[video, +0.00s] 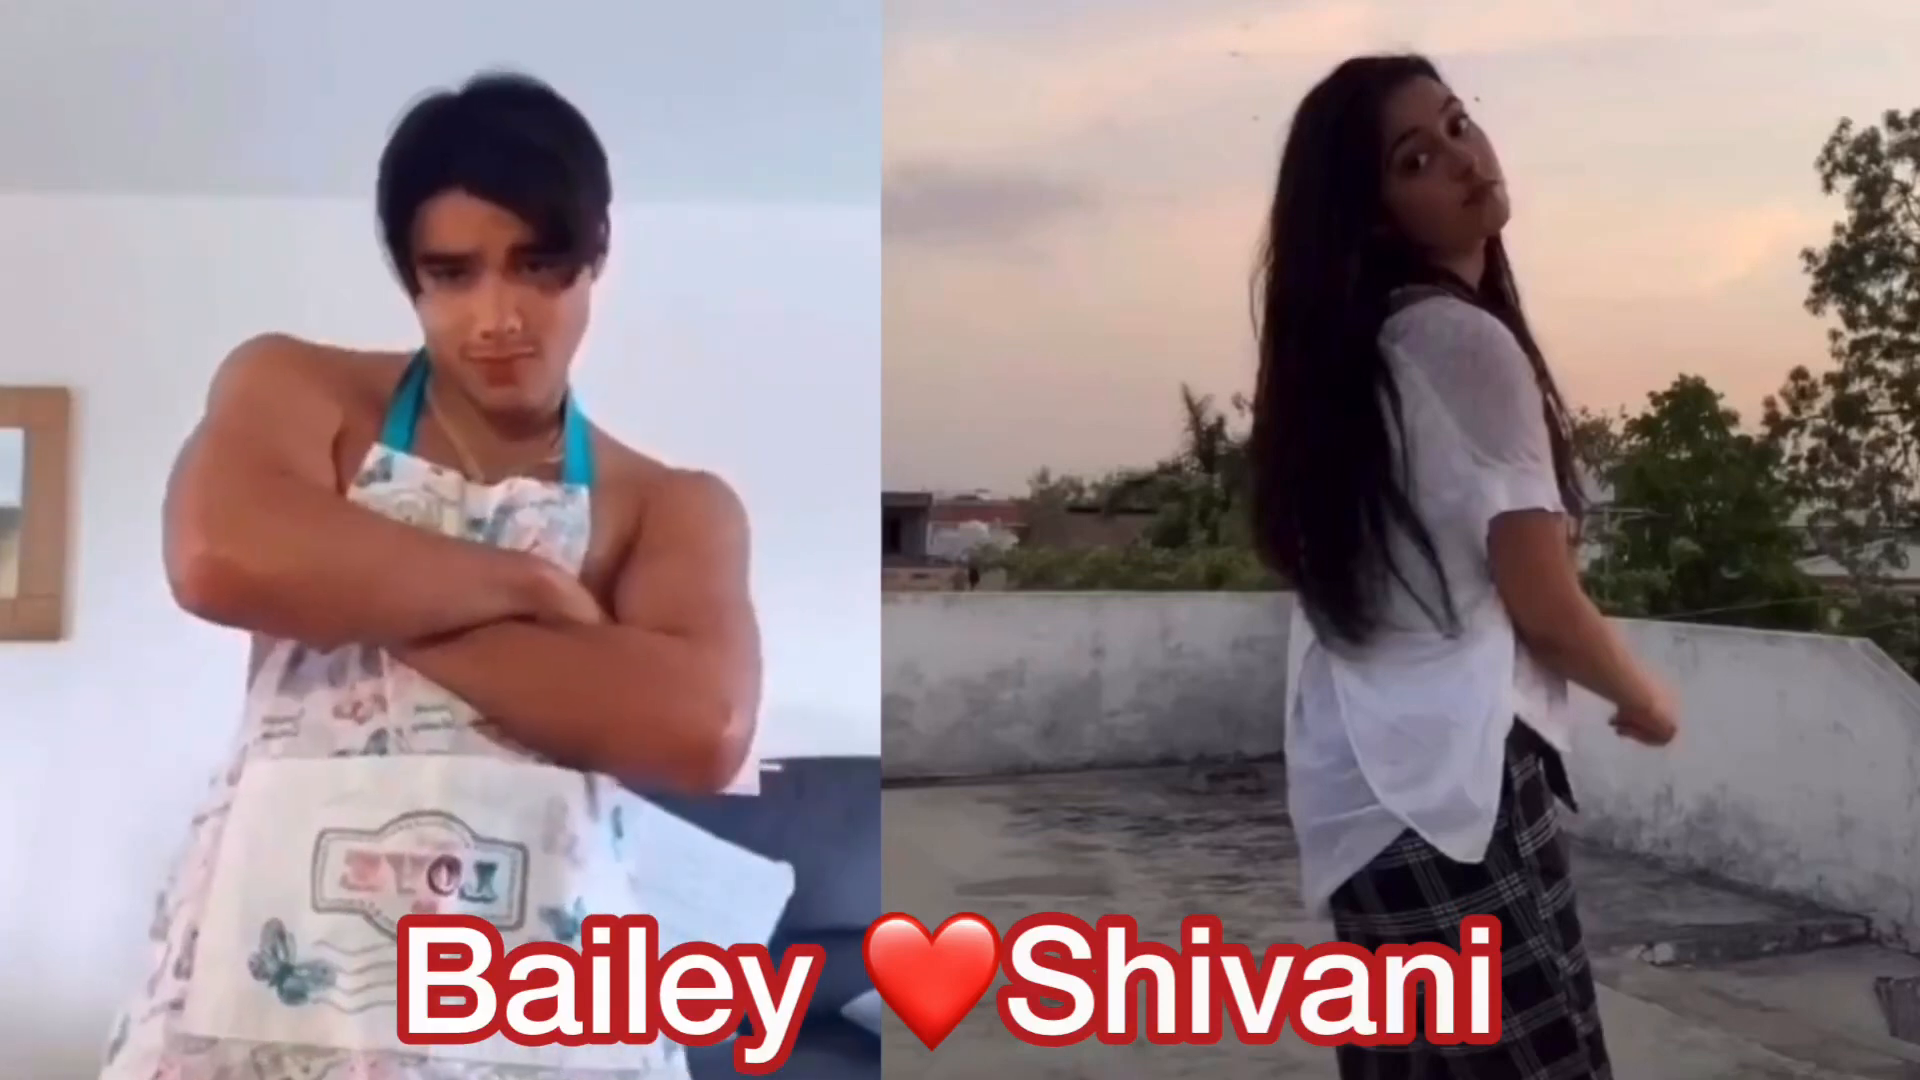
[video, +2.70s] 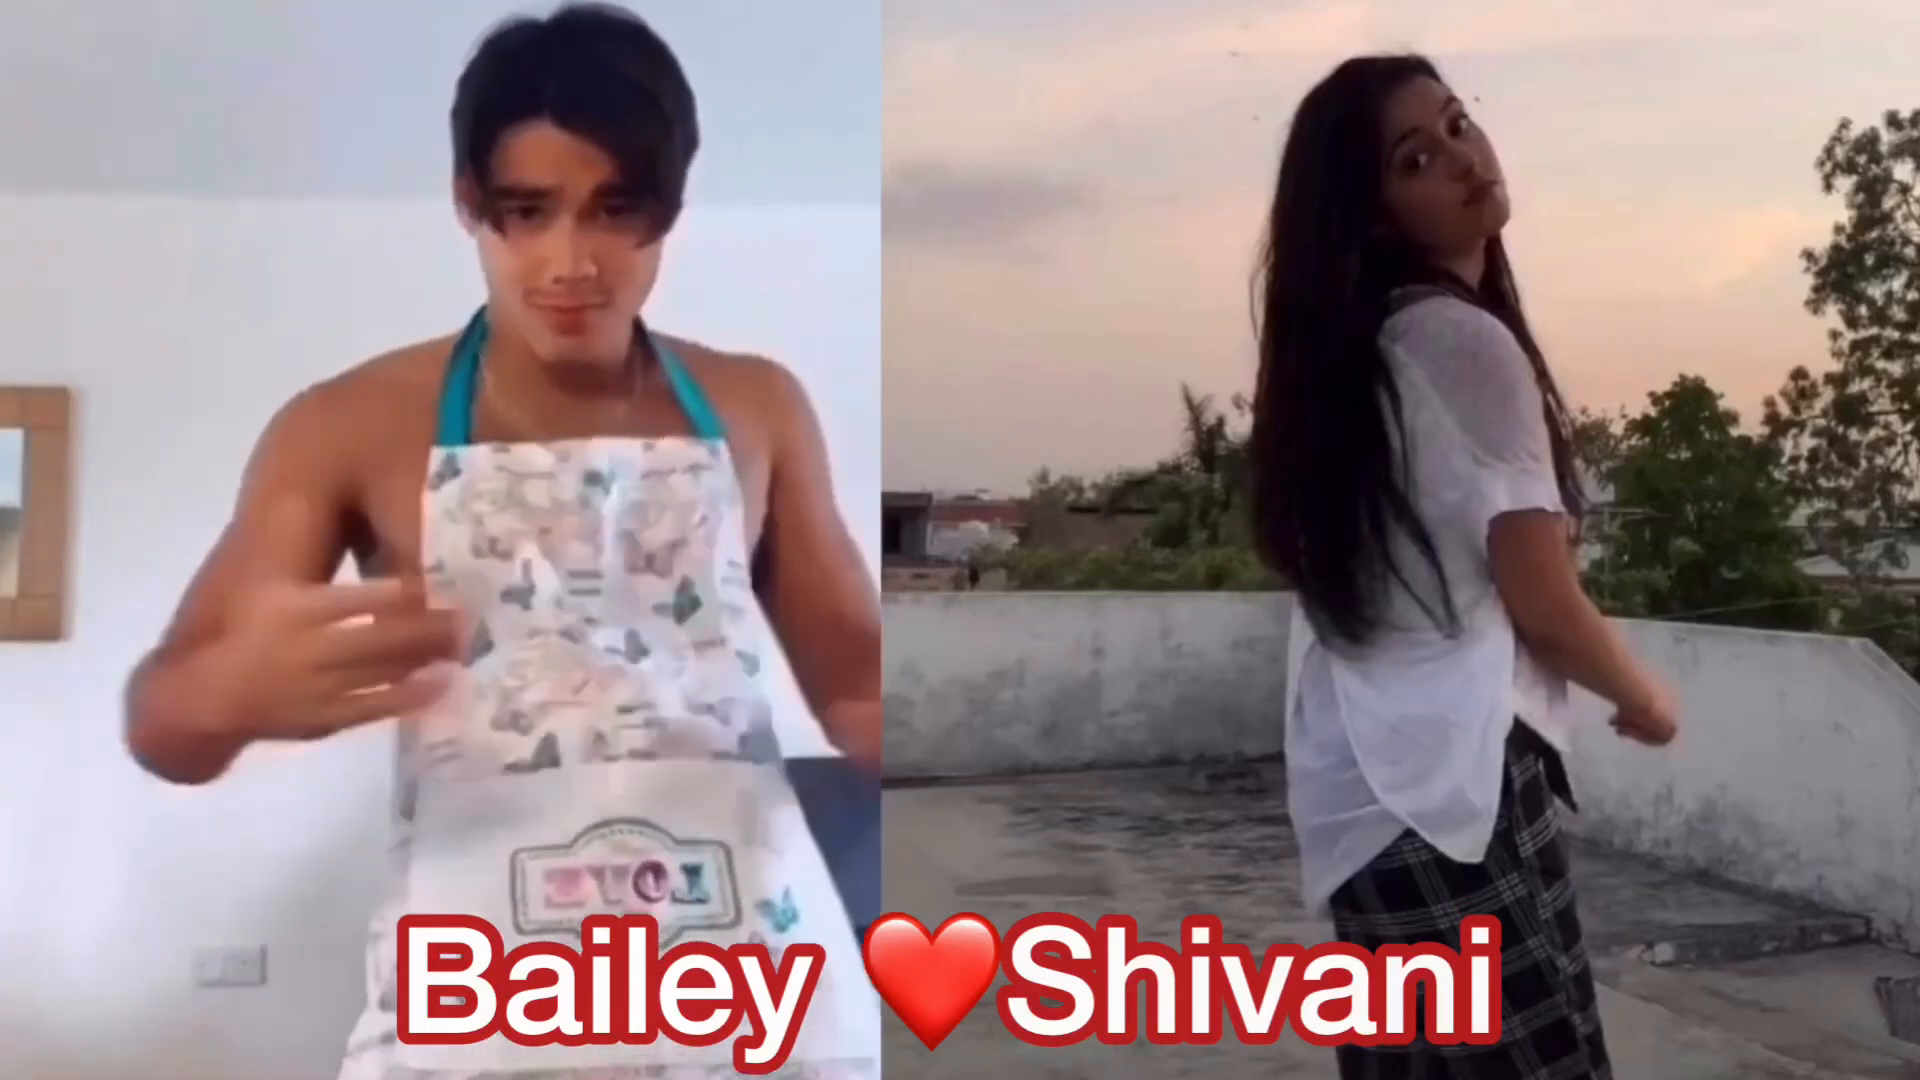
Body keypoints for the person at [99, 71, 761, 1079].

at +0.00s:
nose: (495, 318)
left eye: (541, 268)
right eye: (451, 273)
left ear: (598, 255)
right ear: (407, 274)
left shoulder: (676, 507)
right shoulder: (291, 385)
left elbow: (702, 734)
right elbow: (219, 556)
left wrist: (397, 613)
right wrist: (529, 584)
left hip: (544, 1000)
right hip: (267, 984)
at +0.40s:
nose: (511, 297)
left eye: (557, 247)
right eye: (469, 249)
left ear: (625, 228)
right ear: (427, 243)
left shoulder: (717, 348)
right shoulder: (342, 398)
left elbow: (787, 586)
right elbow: (277, 583)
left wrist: (455, 575)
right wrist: (586, 511)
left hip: (616, 876)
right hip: (362, 870)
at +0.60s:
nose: (549, 309)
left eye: (598, 263)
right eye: (512, 261)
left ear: (667, 250)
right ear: (470, 254)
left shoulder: (744, 316)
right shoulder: (395, 474)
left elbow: (843, 555)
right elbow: (383, 649)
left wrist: (525, 607)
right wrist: (663, 510)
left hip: (748, 901)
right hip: (499, 910)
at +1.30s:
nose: (535, 302)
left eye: (576, 249)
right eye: (487, 258)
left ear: (628, 243)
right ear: (438, 259)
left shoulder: (703, 461)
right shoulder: (339, 361)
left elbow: (774, 687)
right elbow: (337, 562)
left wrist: (499, 596)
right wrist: (616, 560)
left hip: (654, 958)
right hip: (386, 944)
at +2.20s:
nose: (624, 305)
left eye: (675, 257)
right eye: (585, 255)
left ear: (729, 262)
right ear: (538, 255)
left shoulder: (804, 341)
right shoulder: (446, 487)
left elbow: (845, 584)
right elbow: (422, 678)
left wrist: (557, 618)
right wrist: (704, 524)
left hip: (797, 922)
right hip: (558, 945)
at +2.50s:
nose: (623, 276)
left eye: (672, 225)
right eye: (580, 223)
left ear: (726, 228)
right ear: (527, 216)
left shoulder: (796, 354)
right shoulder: (418, 445)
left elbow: (865, 612)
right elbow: (425, 679)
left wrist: (554, 607)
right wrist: (722, 522)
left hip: (801, 924)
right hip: (557, 939)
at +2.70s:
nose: (569, 264)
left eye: (617, 211)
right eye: (525, 213)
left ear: (669, 211)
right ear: (470, 208)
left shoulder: (755, 410)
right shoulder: (349, 430)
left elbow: (863, 690)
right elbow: (162, 733)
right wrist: (231, 691)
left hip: (737, 931)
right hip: (478, 946)